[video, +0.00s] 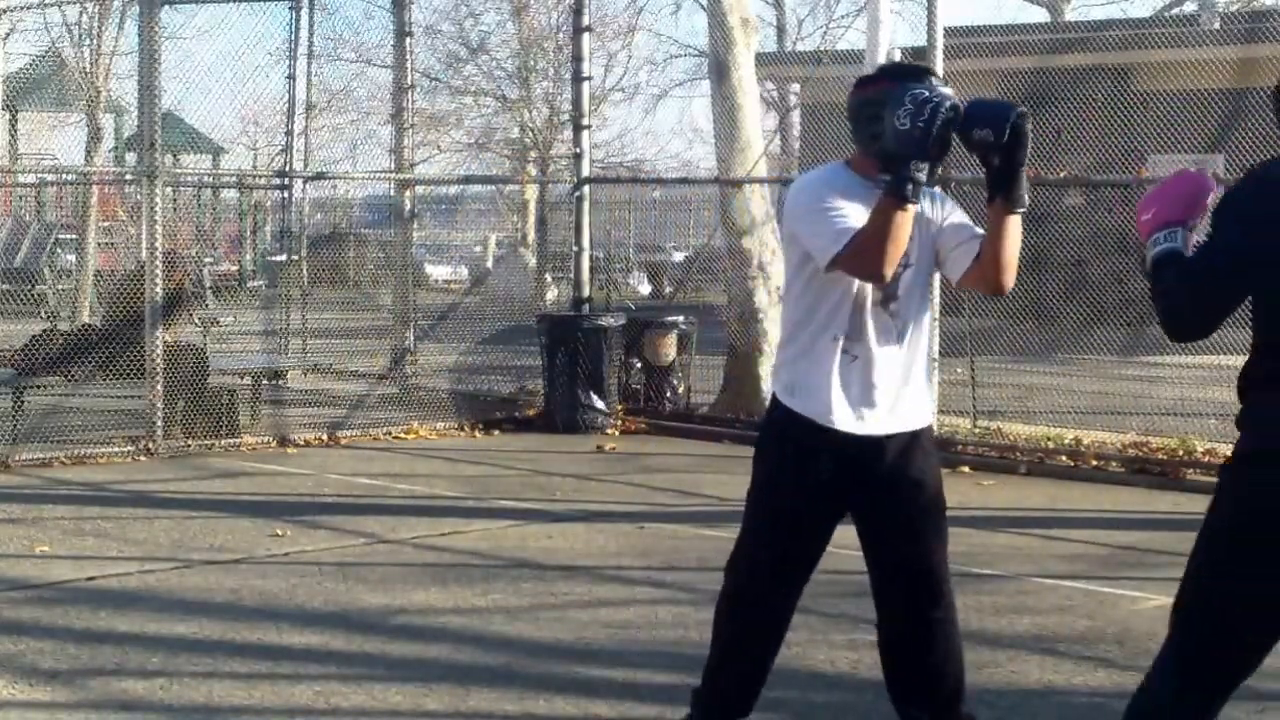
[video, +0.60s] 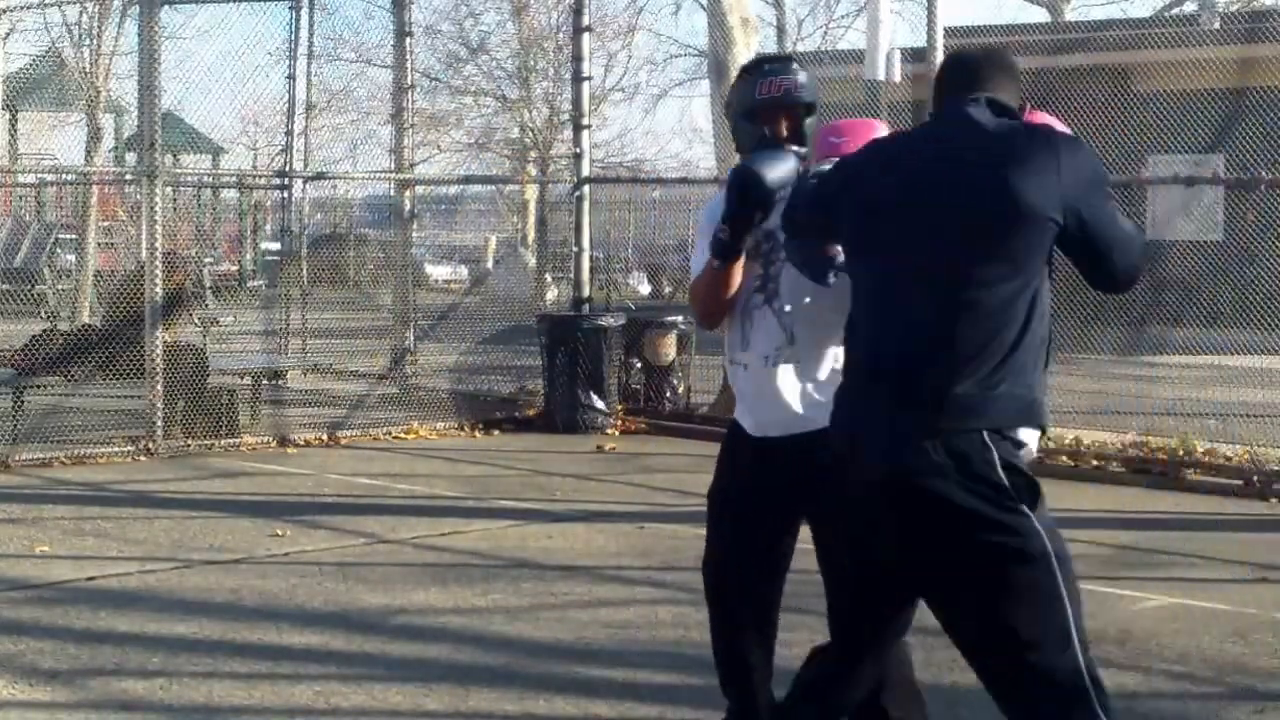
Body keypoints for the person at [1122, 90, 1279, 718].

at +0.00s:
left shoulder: (1266, 192)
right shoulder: (1262, 192)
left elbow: (1186, 315)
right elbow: (1189, 314)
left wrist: (1165, 234)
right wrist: (1180, 237)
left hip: (1268, 473)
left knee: (1192, 673)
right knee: (1193, 672)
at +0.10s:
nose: (1193, 143)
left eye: (1192, 131)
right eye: (1194, 133)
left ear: (1205, 131)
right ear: (1269, 116)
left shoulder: (1196, 185)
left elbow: (1100, 310)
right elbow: (1103, 309)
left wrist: (1103, 207)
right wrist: (1117, 207)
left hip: (1223, 460)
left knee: (1137, 670)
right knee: (1137, 667)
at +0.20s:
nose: (1116, 150)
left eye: (1114, 140)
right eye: (1118, 142)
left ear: (1124, 134)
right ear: (1194, 113)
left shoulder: (1117, 181)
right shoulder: (1269, 169)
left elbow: (1035, 299)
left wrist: (1060, 189)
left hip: (1148, 470)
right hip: (1264, 464)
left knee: (1111, 672)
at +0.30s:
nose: (1077, 140)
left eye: (1075, 130)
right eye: (1079, 133)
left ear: (1087, 124)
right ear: (1163, 102)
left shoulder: (1078, 174)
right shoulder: (1263, 166)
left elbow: (997, 295)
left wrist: (1004, 188)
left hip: (1108, 466)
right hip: (1235, 465)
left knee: (1091, 667)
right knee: (1273, 673)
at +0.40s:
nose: (1055, 130)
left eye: (1053, 119)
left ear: (1062, 115)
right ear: (1145, 96)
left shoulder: (1040, 172)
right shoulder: (1237, 174)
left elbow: (955, 309)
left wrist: (948, 229)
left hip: (1041, 484)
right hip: (1168, 493)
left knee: (1033, 673)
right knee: (1181, 701)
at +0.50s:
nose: (1006, 122)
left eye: (1007, 113)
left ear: (1014, 114)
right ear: (1103, 111)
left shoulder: (964, 179)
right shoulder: (1165, 177)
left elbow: (887, 296)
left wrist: (849, 250)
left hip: (969, 479)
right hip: (1092, 490)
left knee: (947, 656)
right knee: (1161, 696)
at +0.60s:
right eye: (1027, 108)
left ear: (936, 104)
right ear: (1018, 106)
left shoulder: (878, 161)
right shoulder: (1053, 157)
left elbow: (801, 220)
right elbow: (1120, 267)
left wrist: (824, 259)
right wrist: (1069, 155)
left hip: (861, 449)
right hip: (971, 461)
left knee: (855, 657)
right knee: (1057, 688)